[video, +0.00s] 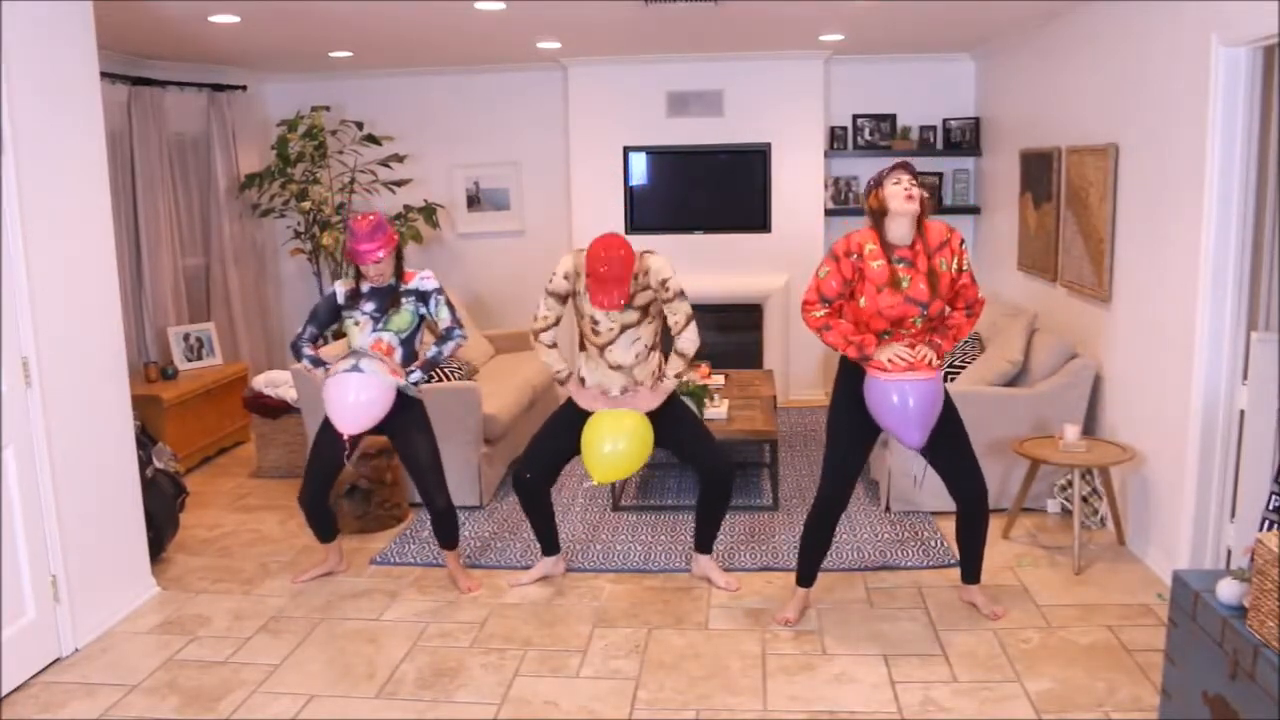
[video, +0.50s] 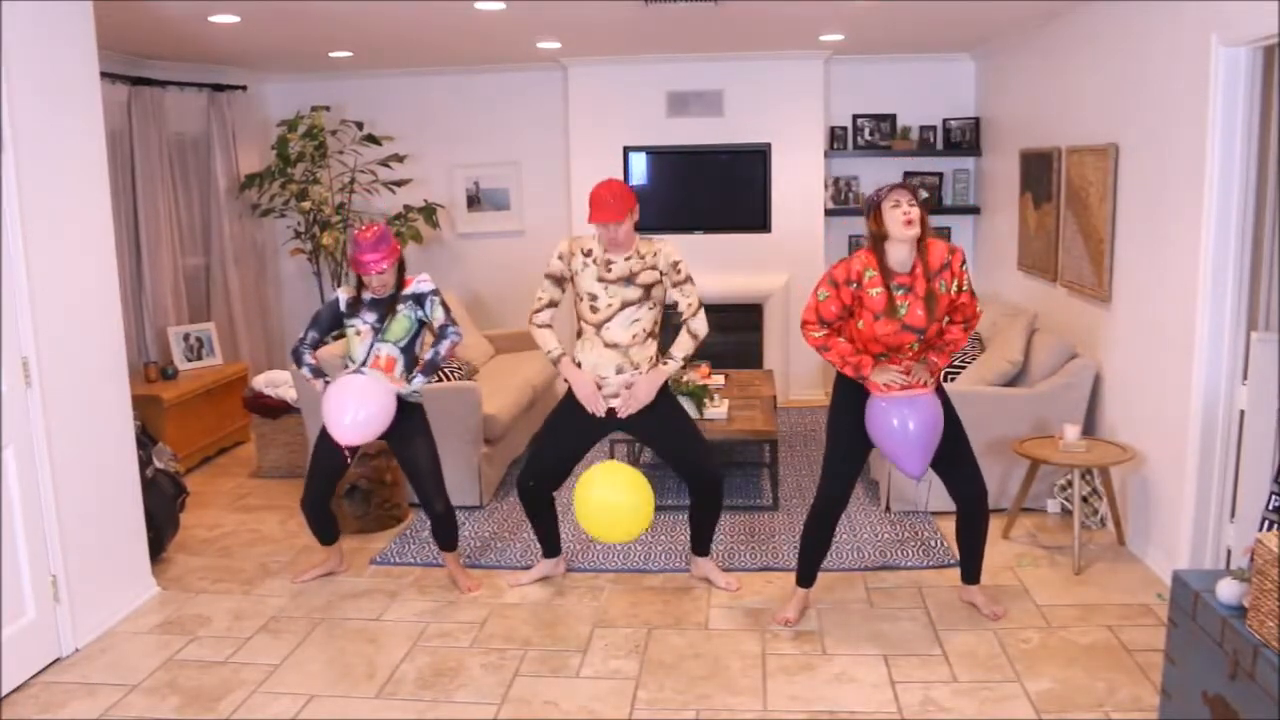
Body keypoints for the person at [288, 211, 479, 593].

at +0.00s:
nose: (373, 270)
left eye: (379, 261)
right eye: (366, 264)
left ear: (394, 252)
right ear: (355, 261)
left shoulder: (421, 285)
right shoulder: (342, 294)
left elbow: (454, 335)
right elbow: (302, 343)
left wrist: (414, 373)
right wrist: (324, 371)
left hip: (400, 395)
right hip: (350, 396)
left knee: (435, 489)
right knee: (311, 495)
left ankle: (455, 564)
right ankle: (333, 556)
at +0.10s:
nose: (373, 272)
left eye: (379, 263)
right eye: (365, 265)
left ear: (395, 254)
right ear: (355, 262)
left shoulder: (421, 286)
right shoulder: (343, 295)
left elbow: (455, 336)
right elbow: (302, 345)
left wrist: (414, 374)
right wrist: (325, 374)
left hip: (400, 395)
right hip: (351, 397)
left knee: (435, 490)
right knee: (311, 495)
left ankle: (455, 564)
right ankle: (333, 556)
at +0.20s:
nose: (374, 274)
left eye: (380, 265)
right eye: (366, 267)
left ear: (395, 255)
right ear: (355, 264)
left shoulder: (421, 287)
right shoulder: (343, 297)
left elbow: (454, 336)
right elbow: (303, 346)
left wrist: (415, 375)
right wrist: (324, 374)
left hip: (399, 395)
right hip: (350, 397)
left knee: (436, 494)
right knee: (311, 495)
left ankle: (454, 564)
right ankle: (333, 556)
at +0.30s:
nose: (374, 275)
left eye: (381, 266)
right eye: (367, 268)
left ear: (396, 257)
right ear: (356, 265)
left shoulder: (421, 288)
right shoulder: (344, 298)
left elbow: (452, 337)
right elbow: (303, 346)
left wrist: (415, 375)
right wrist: (325, 376)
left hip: (400, 398)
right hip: (350, 400)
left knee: (436, 495)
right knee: (311, 497)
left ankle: (454, 564)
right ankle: (333, 556)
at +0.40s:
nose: (375, 278)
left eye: (382, 269)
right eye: (367, 272)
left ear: (396, 260)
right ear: (356, 269)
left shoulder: (420, 291)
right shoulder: (344, 301)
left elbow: (452, 334)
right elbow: (301, 347)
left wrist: (417, 379)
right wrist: (322, 381)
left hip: (401, 401)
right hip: (350, 402)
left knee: (437, 499)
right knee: (312, 499)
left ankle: (454, 564)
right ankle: (333, 557)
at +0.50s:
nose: (376, 282)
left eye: (383, 273)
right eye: (368, 275)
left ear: (397, 263)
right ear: (357, 271)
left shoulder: (420, 292)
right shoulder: (345, 303)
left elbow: (450, 334)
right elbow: (302, 350)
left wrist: (414, 381)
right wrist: (324, 387)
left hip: (401, 401)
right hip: (351, 402)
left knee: (436, 500)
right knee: (313, 500)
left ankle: (454, 564)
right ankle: (334, 557)